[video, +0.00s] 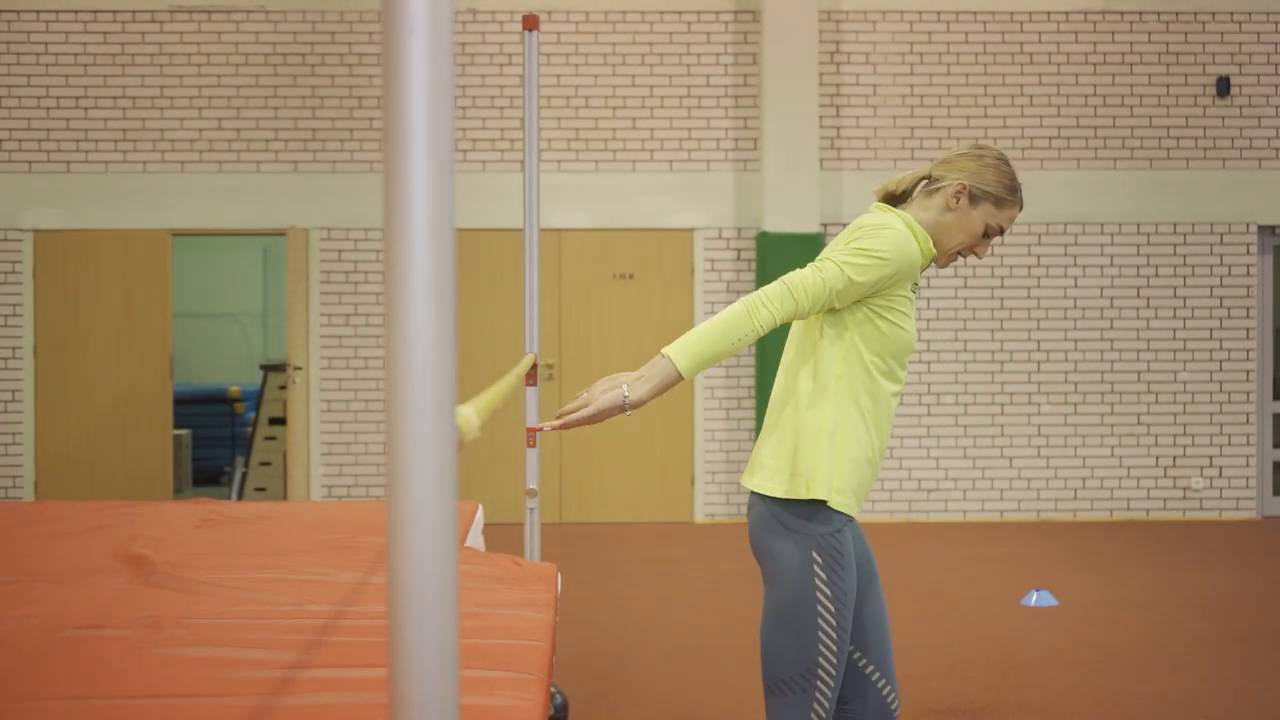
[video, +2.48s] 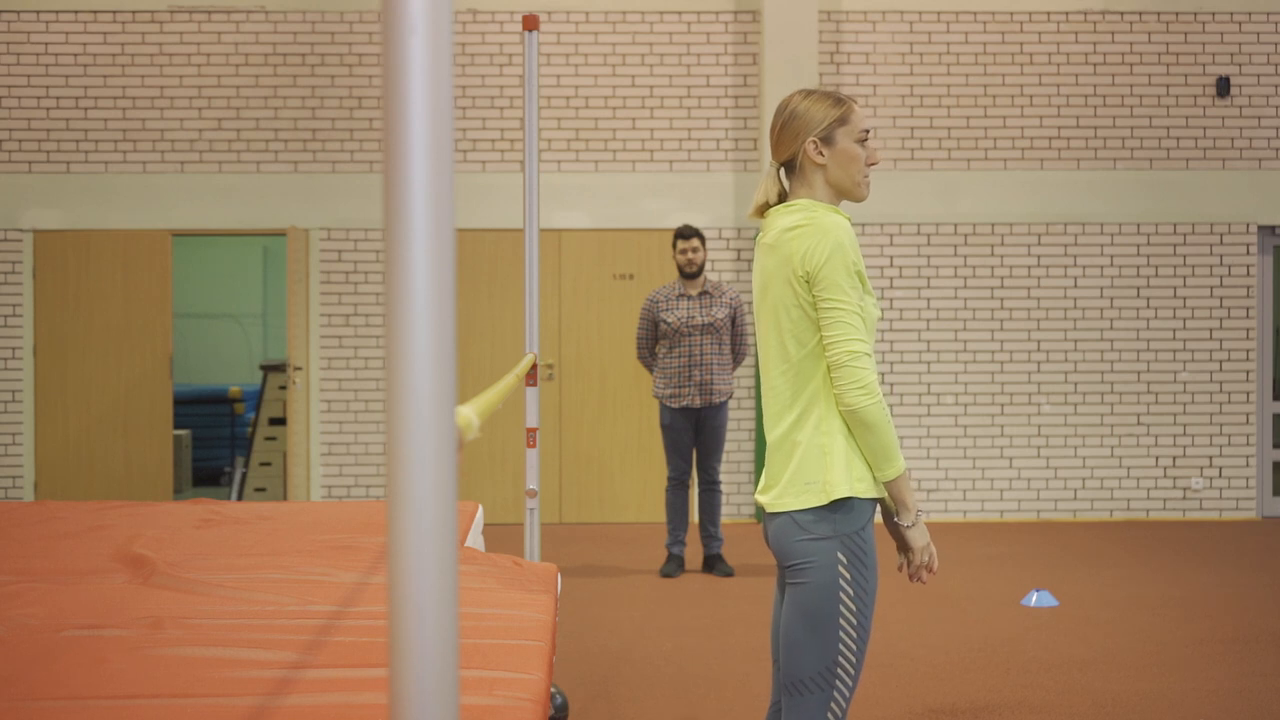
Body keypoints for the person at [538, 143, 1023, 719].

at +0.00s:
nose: (981, 250)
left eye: (992, 239)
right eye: (988, 231)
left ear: (952, 196)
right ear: (955, 195)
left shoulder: (889, 242)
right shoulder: (891, 241)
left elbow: (769, 305)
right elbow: (772, 303)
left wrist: (643, 384)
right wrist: (642, 383)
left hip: (824, 508)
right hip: (804, 509)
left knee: (873, 705)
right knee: (804, 708)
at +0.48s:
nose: (978, 253)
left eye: (990, 243)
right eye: (987, 235)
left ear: (950, 198)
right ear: (956, 199)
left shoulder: (875, 236)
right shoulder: (895, 244)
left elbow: (760, 303)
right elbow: (772, 305)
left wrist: (636, 372)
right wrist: (648, 385)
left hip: (789, 500)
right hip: (800, 504)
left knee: (804, 702)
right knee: (813, 704)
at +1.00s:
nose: (878, 149)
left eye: (872, 134)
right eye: (865, 135)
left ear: (820, 152)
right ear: (821, 149)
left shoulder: (787, 227)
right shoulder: (831, 229)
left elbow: (815, 383)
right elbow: (860, 383)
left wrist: (907, 508)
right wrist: (916, 504)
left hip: (802, 498)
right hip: (835, 501)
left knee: (797, 706)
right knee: (820, 707)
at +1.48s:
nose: (875, 154)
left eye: (870, 139)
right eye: (863, 140)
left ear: (818, 155)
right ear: (820, 152)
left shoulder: (784, 232)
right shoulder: (831, 234)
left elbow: (824, 393)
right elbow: (860, 386)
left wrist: (900, 511)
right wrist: (914, 506)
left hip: (798, 503)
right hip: (832, 507)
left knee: (793, 706)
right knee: (816, 707)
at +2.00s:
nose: (874, 154)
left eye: (870, 140)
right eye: (861, 140)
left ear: (816, 154)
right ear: (817, 152)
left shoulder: (781, 231)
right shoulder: (829, 231)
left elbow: (804, 387)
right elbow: (855, 385)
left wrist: (896, 508)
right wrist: (908, 507)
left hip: (795, 504)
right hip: (828, 506)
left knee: (792, 706)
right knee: (816, 708)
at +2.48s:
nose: (872, 155)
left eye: (868, 141)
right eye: (860, 141)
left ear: (814, 155)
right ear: (815, 152)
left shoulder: (779, 232)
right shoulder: (827, 233)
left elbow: (794, 385)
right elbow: (854, 388)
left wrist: (890, 504)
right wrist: (907, 509)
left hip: (794, 502)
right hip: (829, 505)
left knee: (794, 705)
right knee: (819, 707)